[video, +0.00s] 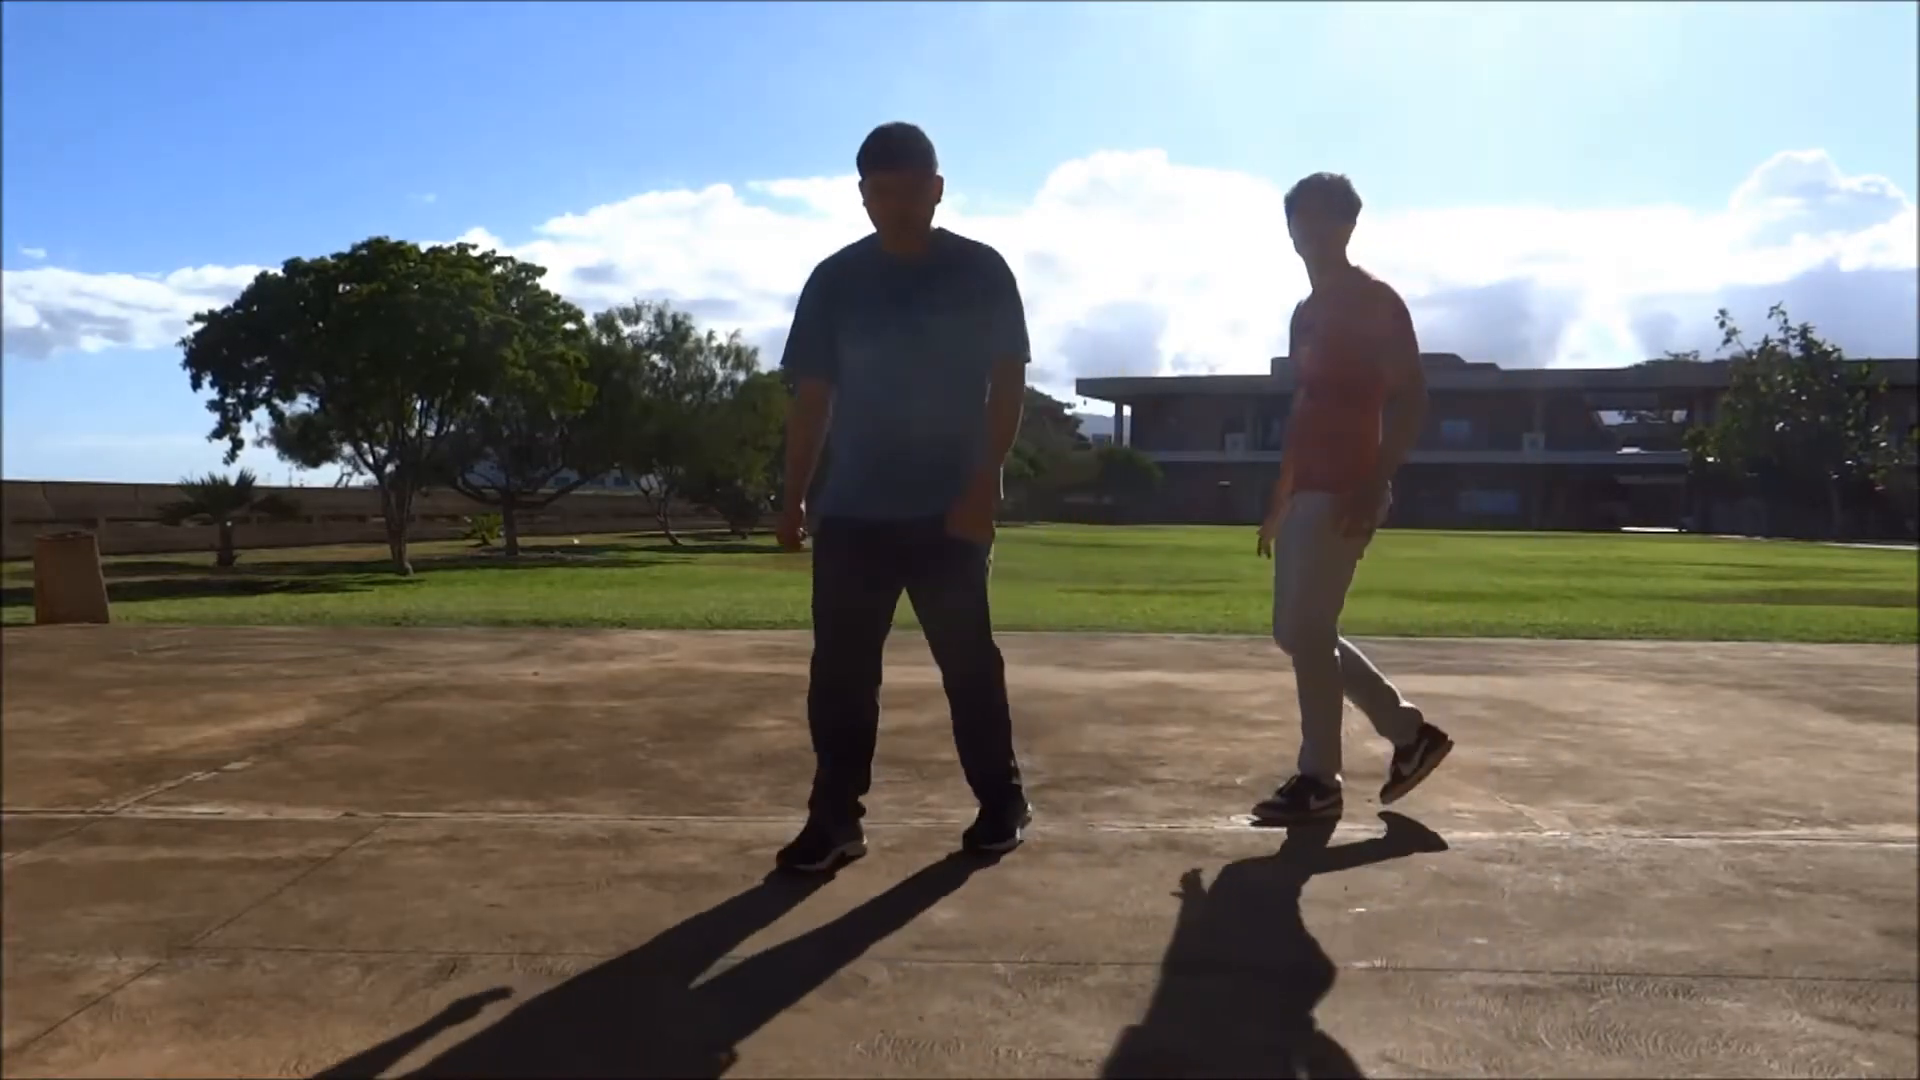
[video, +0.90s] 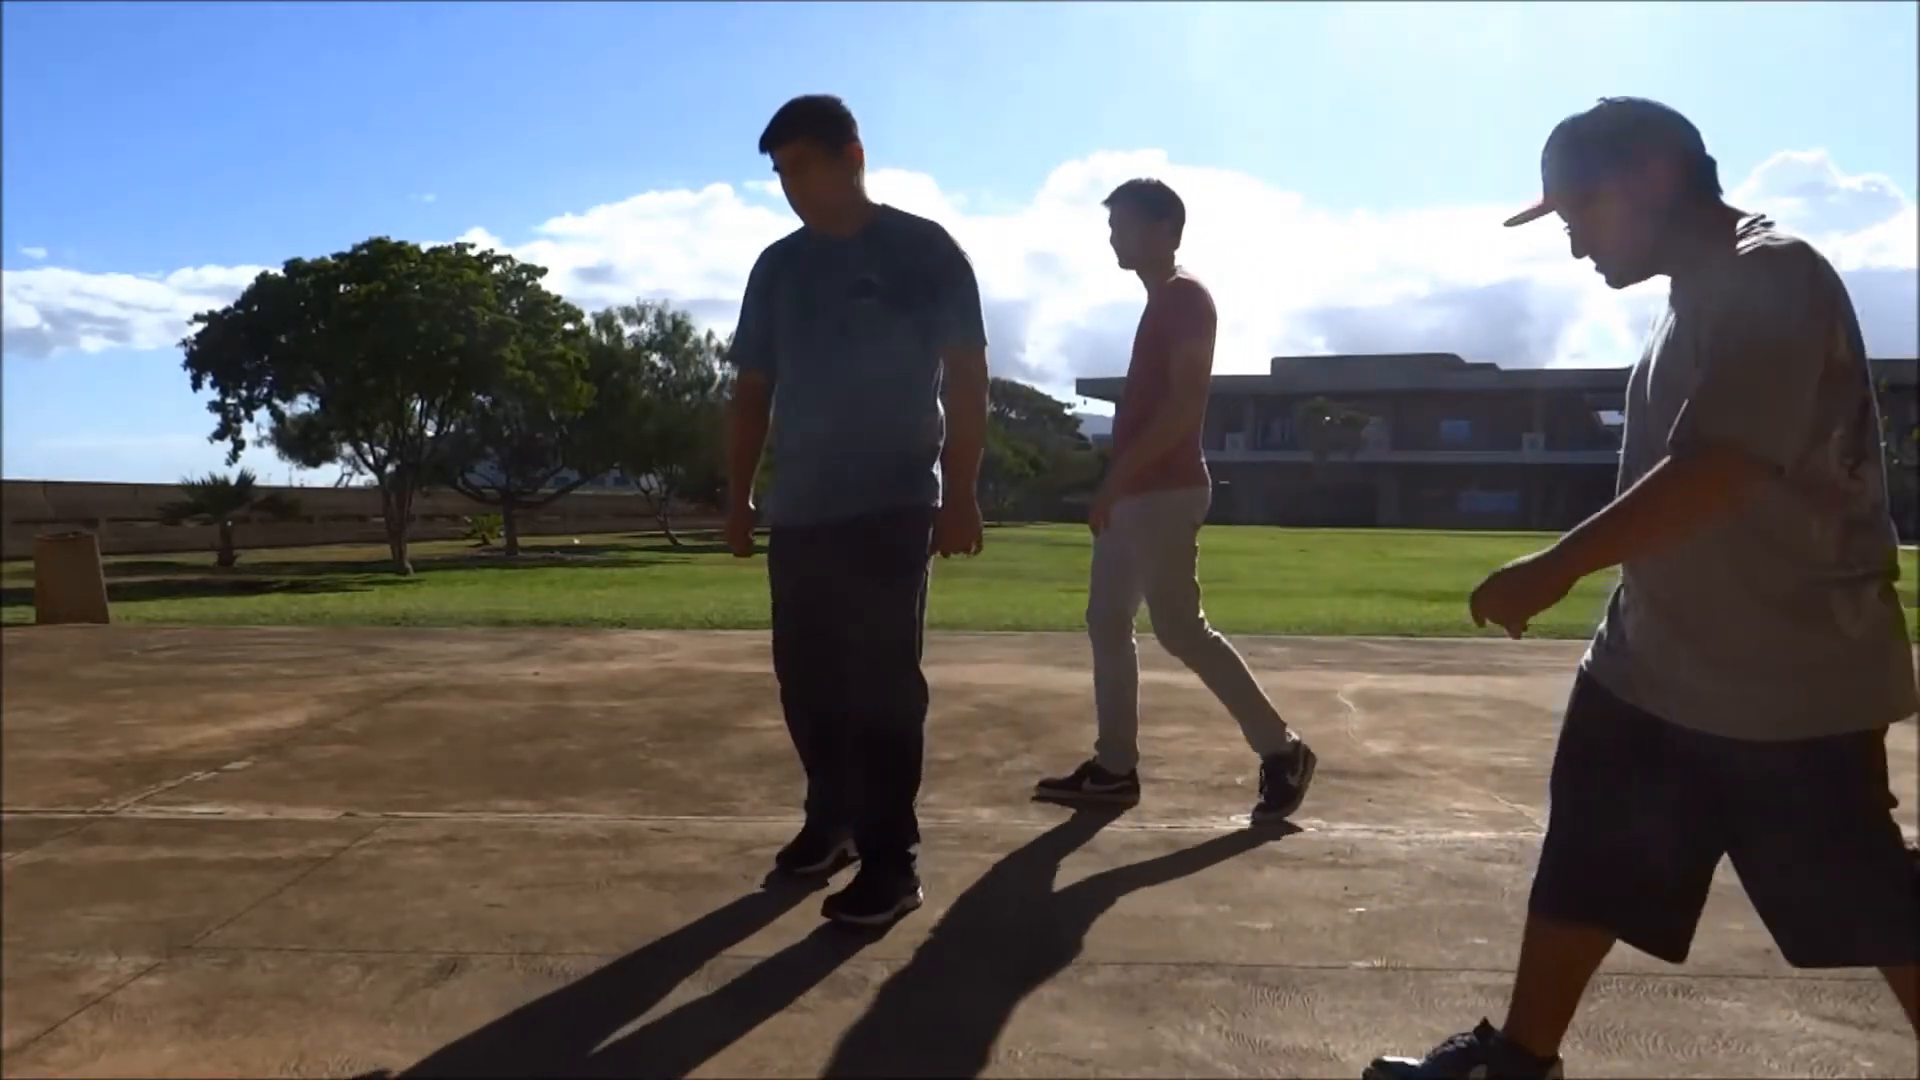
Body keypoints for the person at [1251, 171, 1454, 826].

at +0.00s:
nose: (1298, 237)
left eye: (1308, 223)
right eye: (1293, 224)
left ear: (1342, 223)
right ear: (1293, 230)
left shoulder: (1380, 306)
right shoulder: (1306, 315)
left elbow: (1409, 404)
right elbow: (1305, 416)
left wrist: (1376, 487)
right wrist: (1279, 500)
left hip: (1345, 491)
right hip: (1301, 492)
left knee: (1311, 630)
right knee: (1293, 629)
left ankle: (1319, 780)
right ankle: (1411, 734)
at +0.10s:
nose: (1284, 231)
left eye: (1294, 216)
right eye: (1281, 219)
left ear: (1329, 219)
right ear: (1284, 225)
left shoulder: (1369, 301)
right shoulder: (1297, 311)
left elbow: (1396, 403)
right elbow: (1306, 409)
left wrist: (1347, 484)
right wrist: (1282, 485)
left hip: (1337, 493)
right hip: (1291, 490)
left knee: (1309, 629)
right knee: (1264, 623)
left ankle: (1319, 778)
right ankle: (1362, 736)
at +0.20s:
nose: (1269, 229)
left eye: (1277, 215)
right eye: (1268, 217)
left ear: (1312, 217)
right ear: (1281, 223)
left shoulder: (1358, 297)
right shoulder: (1286, 311)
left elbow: (1381, 400)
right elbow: (1292, 403)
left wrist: (1321, 474)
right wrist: (1279, 474)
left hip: (1328, 488)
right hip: (1282, 483)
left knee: (1310, 632)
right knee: (1242, 619)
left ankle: (1320, 780)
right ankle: (1299, 755)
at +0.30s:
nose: (1259, 231)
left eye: (1268, 217)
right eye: (1255, 220)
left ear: (1304, 217)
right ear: (1257, 226)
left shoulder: (1345, 297)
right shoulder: (1275, 310)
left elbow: (1363, 399)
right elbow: (1277, 406)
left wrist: (1301, 461)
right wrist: (1257, 479)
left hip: (1319, 489)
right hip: (1270, 488)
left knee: (1307, 631)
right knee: (1220, 615)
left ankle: (1320, 779)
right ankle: (1243, 760)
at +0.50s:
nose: (1230, 232)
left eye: (1242, 218)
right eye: (1223, 222)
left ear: (1274, 221)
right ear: (1218, 231)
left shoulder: (1309, 296)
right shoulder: (1241, 315)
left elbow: (1324, 395)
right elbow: (1249, 403)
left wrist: (1229, 443)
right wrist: (1220, 461)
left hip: (1288, 495)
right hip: (1239, 493)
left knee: (1293, 636)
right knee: (1191, 624)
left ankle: (1319, 778)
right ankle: (1145, 759)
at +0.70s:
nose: (1168, 242)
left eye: (1178, 228)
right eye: (1166, 230)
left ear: (1218, 228)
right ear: (1180, 235)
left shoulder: (1249, 302)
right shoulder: (1206, 310)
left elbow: (1249, 406)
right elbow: (1205, 409)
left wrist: (1164, 458)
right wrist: (1167, 473)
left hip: (1234, 502)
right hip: (1187, 502)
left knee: (1256, 636)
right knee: (1147, 628)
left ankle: (1312, 774)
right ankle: (1119, 768)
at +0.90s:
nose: (1111, 238)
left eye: (1120, 226)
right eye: (1111, 227)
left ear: (1160, 229)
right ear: (1146, 233)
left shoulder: (1185, 299)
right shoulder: (1160, 303)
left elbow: (1183, 413)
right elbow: (1156, 410)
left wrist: (1115, 481)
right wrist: (1112, 487)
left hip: (1167, 494)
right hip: (1133, 493)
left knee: (1180, 629)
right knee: (1107, 624)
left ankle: (1283, 753)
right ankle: (1113, 768)